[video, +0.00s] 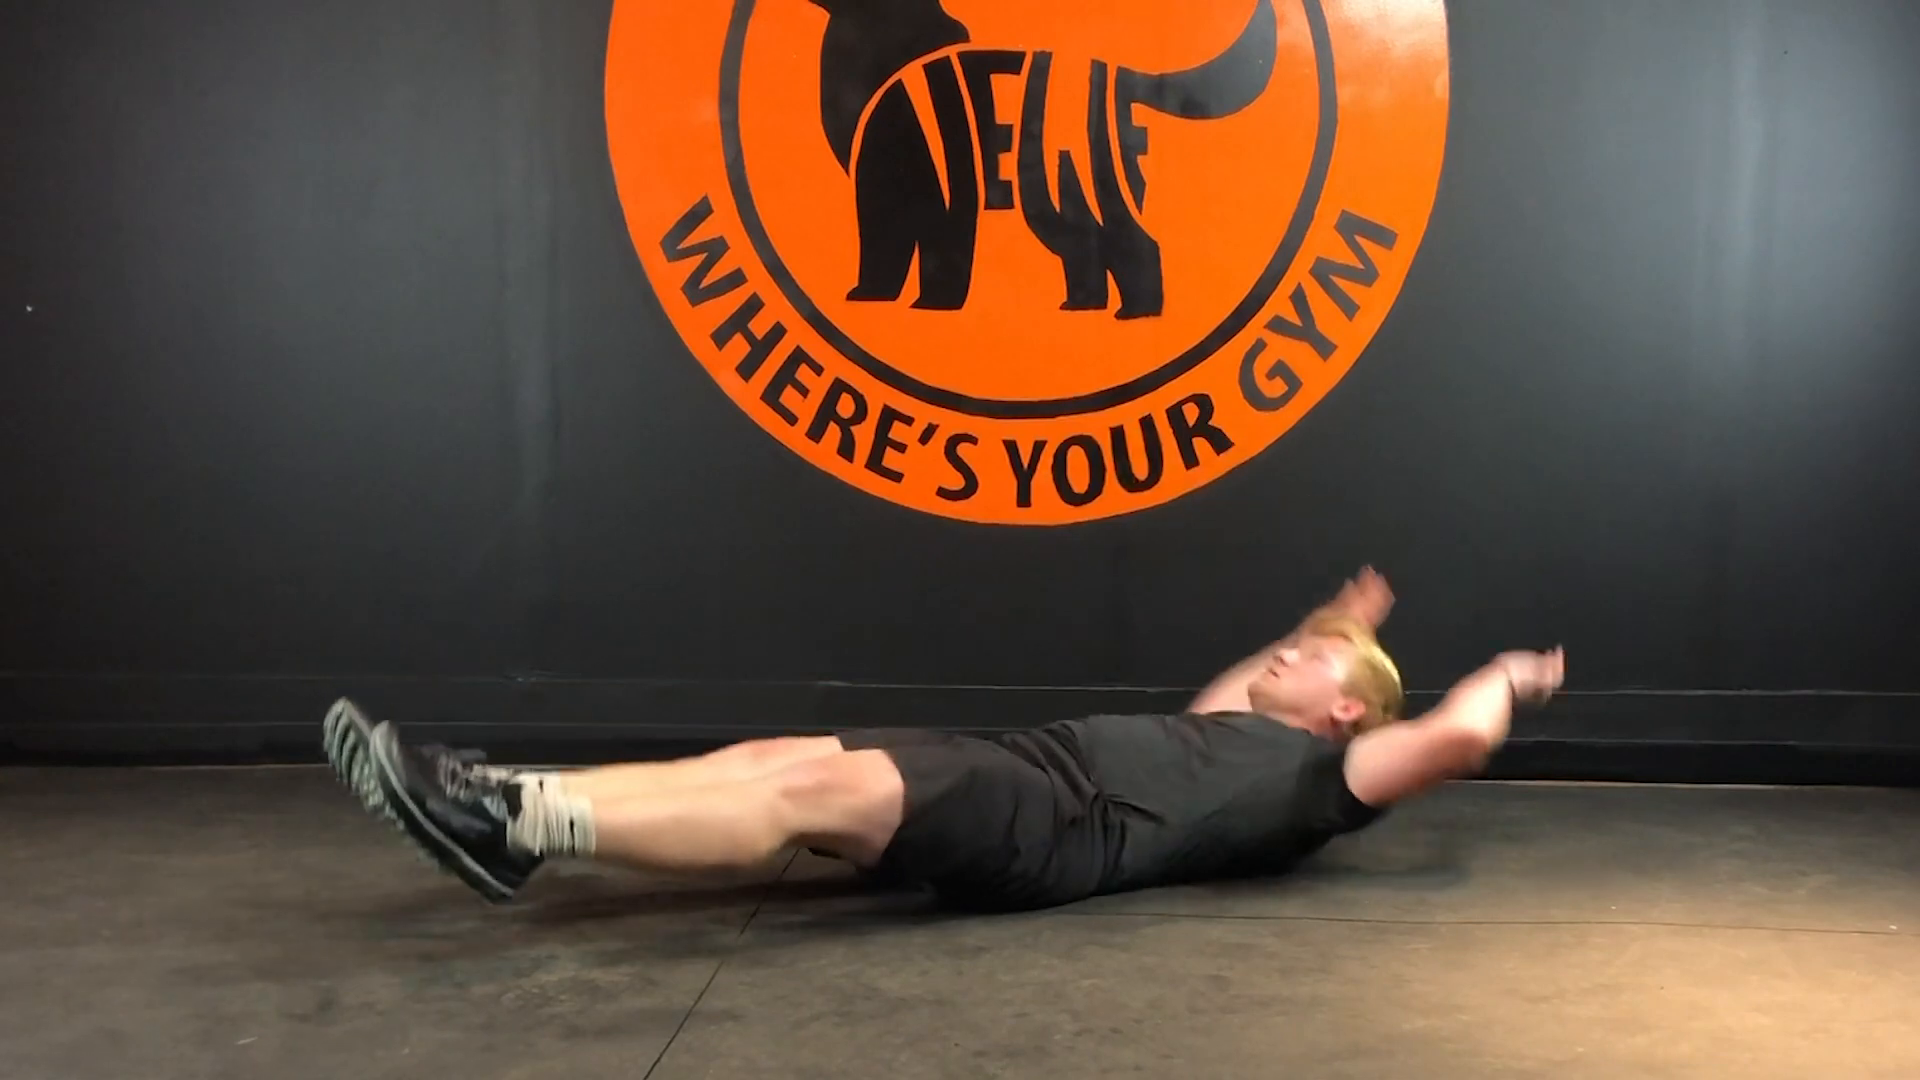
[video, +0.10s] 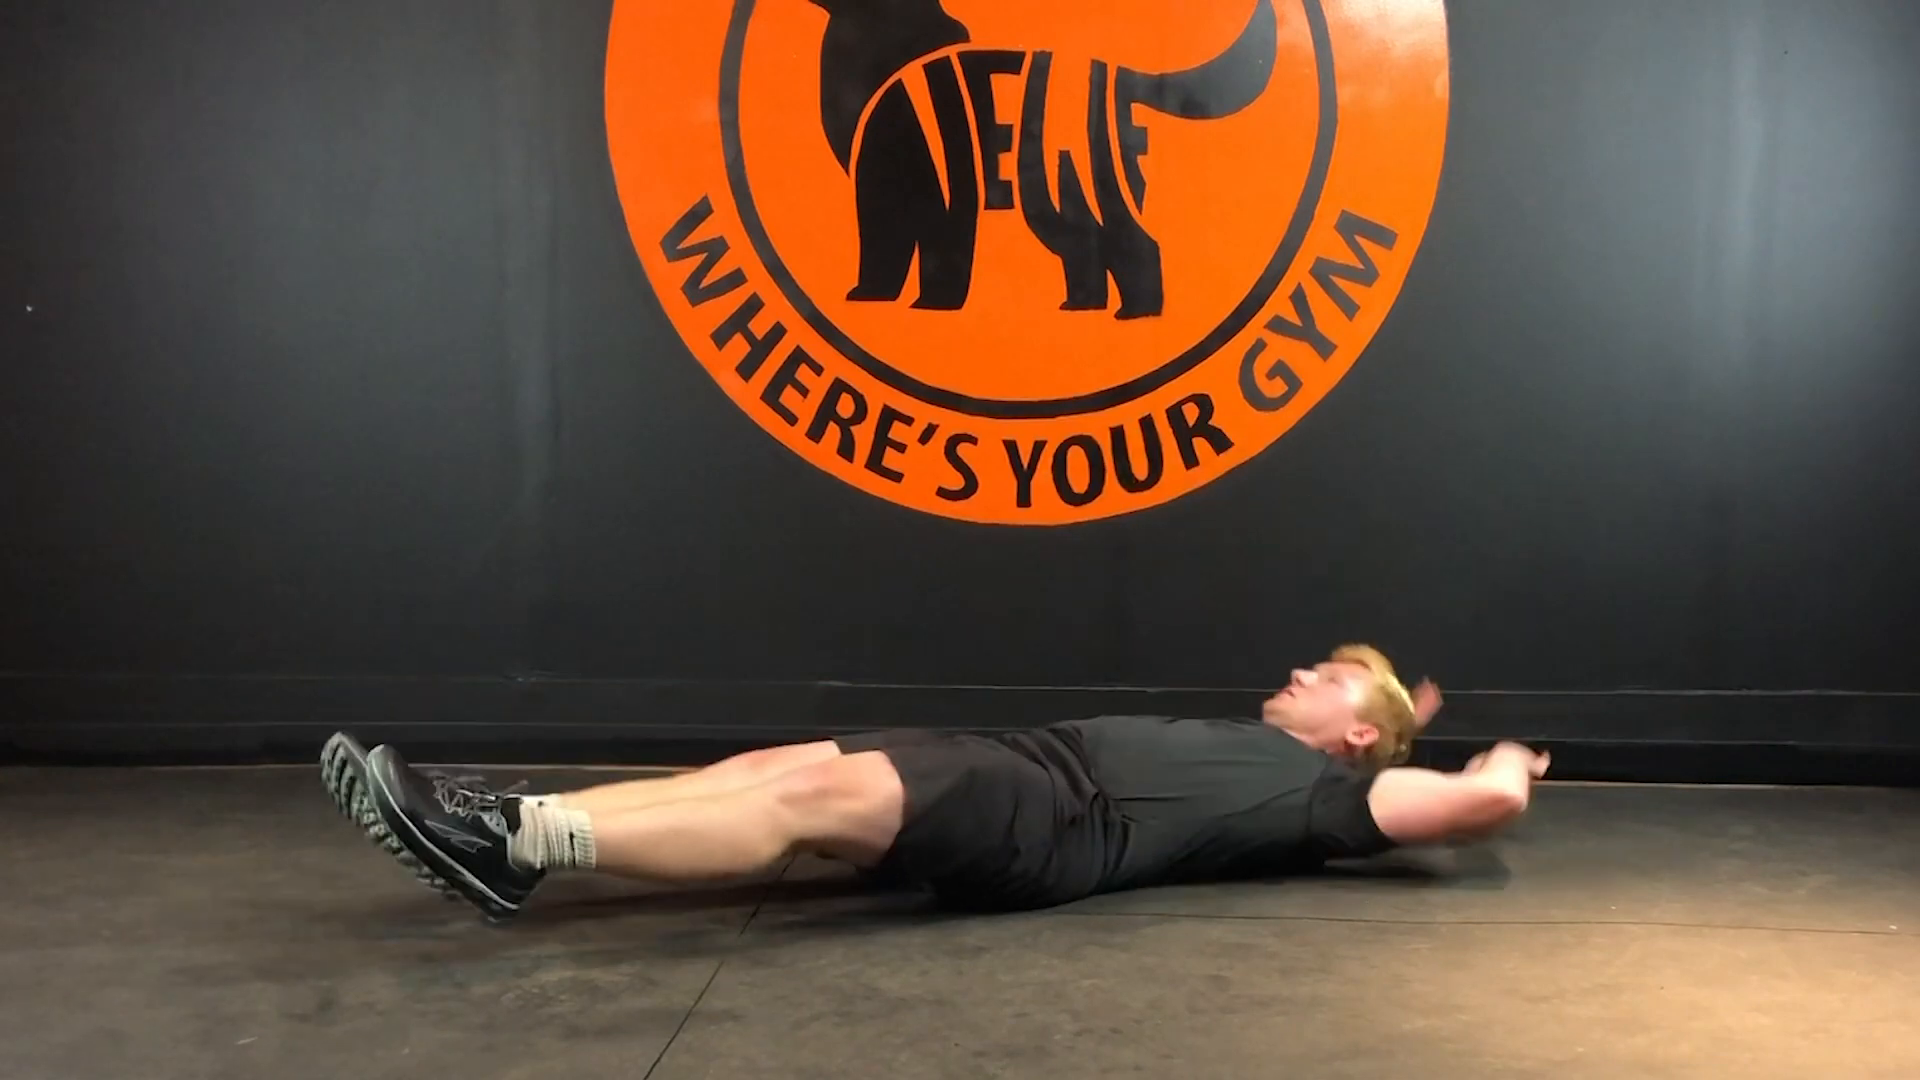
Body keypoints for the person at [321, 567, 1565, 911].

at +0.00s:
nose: (1296, 659)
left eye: (1322, 668)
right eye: (1301, 653)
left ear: (1351, 716)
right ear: (1275, 679)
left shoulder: (1314, 778)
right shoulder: (1209, 736)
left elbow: (1453, 741)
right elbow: (1230, 686)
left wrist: (1500, 686)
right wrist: (1325, 644)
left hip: (1060, 811)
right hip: (995, 768)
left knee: (828, 784)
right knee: (773, 768)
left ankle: (512, 816)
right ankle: (512, 824)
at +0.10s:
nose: (1304, 679)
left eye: (1333, 685)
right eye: (1312, 669)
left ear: (1368, 731)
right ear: (1301, 694)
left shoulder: (1336, 790)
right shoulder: (1227, 742)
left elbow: (1491, 798)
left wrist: (1500, 766)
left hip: (1058, 805)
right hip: (985, 757)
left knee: (825, 790)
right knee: (762, 770)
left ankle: (514, 832)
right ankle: (507, 852)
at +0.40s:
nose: (1282, 647)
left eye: (1304, 649)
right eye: (1284, 636)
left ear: (1336, 690)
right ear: (1280, 660)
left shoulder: (1297, 760)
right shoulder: (1196, 716)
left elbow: (1261, 639)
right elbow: (1102, 616)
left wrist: (1261, 488)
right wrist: (1118, 486)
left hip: (1053, 827)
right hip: (1002, 792)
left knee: (819, 702)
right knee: (785, 687)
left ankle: (522, 701)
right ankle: (536, 720)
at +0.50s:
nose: (1217, 605)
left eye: (1245, 598)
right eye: (1221, 591)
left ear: (1301, 637)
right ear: (1224, 603)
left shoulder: (1277, 708)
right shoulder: (1172, 663)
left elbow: (1162, 636)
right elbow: (1038, 599)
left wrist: (1089, 489)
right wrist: (981, 484)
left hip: (1053, 833)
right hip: (993, 805)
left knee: (847, 653)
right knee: (815, 631)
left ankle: (571, 615)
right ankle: (553, 612)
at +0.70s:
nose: (1107, 550)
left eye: (1129, 535)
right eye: (1105, 532)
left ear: (1199, 549)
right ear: (1102, 529)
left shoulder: (1216, 633)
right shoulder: (1087, 612)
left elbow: (1081, 581)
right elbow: (961, 552)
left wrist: (974, 453)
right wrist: (863, 456)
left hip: (1031, 835)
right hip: (948, 827)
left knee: (938, 578)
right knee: (885, 579)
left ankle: (686, 454)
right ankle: (656, 479)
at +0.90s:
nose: (1092, 532)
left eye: (1108, 521)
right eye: (1092, 518)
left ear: (1171, 536)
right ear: (1100, 521)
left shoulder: (1209, 623)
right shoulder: (1078, 597)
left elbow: (1086, 554)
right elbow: (955, 523)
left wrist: (994, 404)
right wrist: (872, 412)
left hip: (1029, 835)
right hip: (955, 827)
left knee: (950, 574)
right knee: (892, 573)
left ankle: (707, 451)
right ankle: (676, 463)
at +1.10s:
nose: (1213, 579)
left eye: (1236, 577)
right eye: (1217, 559)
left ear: (1281, 612)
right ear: (1223, 579)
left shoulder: (1263, 707)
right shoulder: (1154, 647)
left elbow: (1215, 603)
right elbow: (1052, 565)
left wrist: (1195, 443)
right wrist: (1041, 434)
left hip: (1045, 829)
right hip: (981, 798)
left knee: (859, 642)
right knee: (819, 629)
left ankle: (576, 599)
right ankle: (559, 592)